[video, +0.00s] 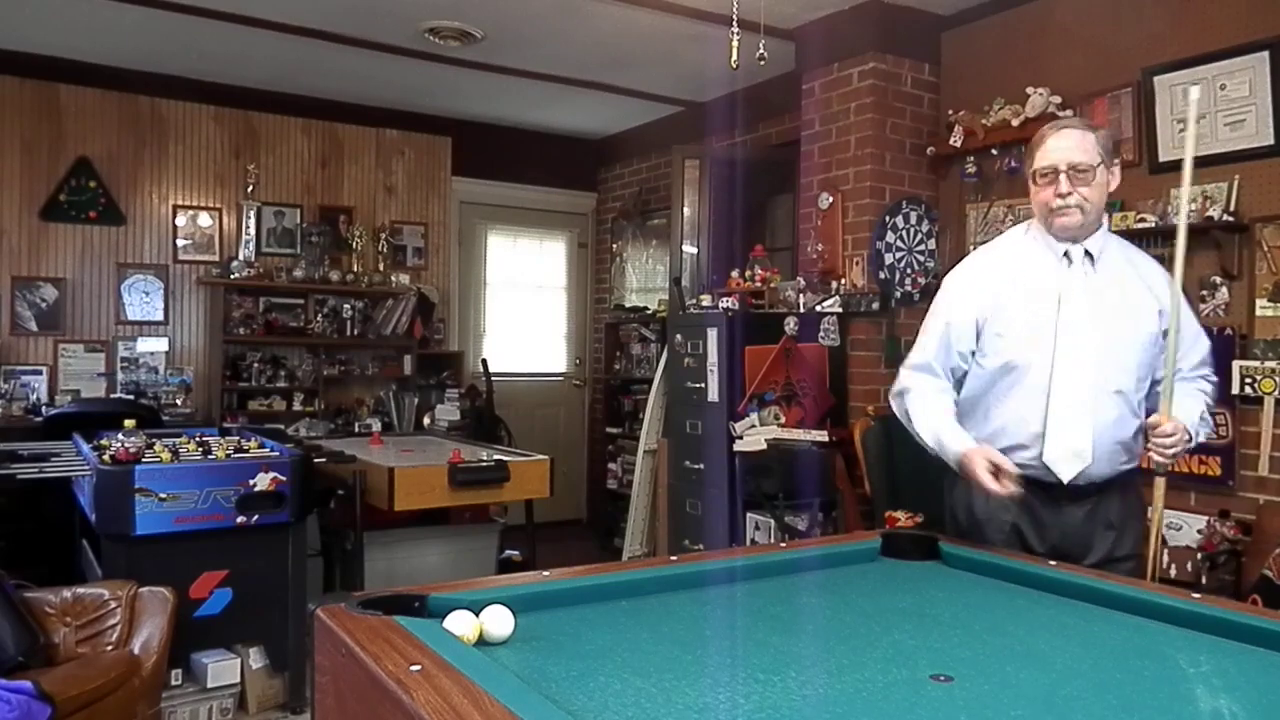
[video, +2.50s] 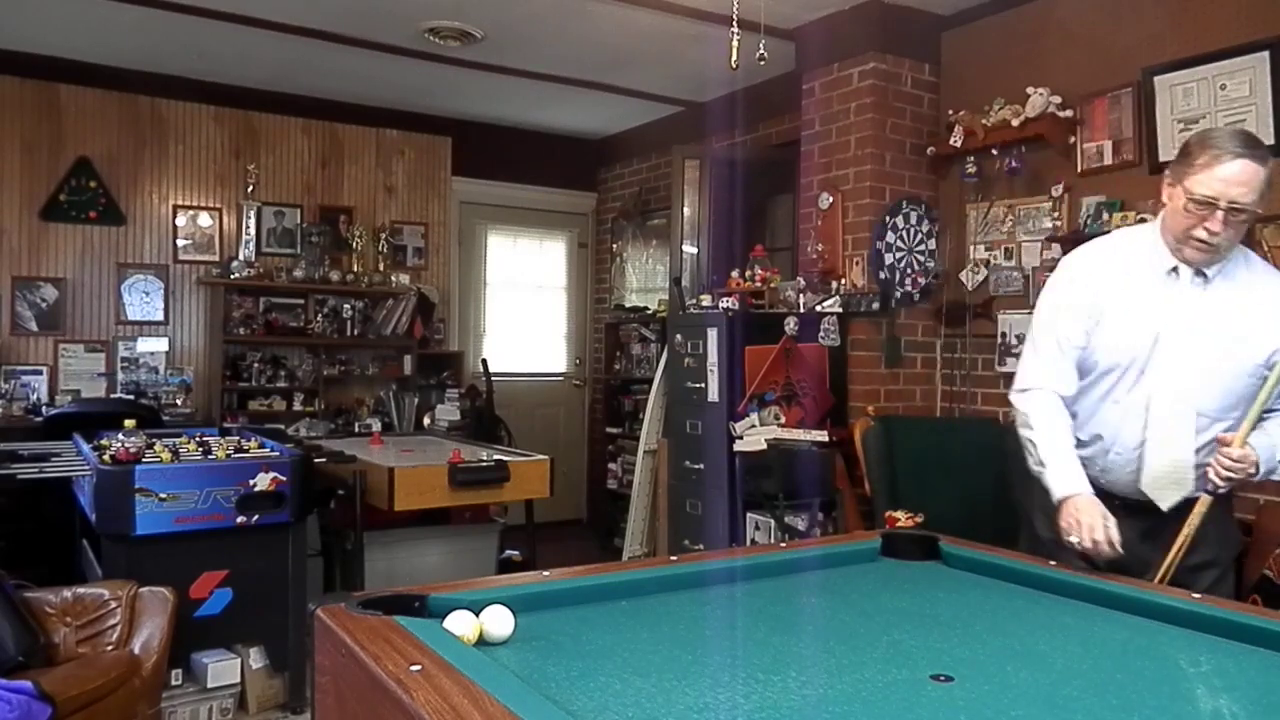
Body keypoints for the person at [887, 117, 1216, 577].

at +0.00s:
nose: (1062, 188)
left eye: (1079, 172)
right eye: (1046, 176)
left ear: (1111, 178)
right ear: (1030, 188)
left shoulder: (1150, 281)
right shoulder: (984, 271)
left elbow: (1192, 373)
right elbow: (919, 380)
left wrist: (1182, 425)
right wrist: (962, 450)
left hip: (1109, 512)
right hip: (998, 507)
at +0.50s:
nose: (1090, 178)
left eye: (1110, 164)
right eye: (1084, 165)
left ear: (1156, 173)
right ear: (1076, 172)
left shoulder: (1190, 281)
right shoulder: (1036, 254)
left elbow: (1212, 417)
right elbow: (952, 314)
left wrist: (1108, 465)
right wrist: (935, 255)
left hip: (1112, 508)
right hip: (1009, 485)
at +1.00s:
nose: (1034, 184)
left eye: (1050, 168)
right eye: (1028, 173)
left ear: (1095, 171)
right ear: (1023, 183)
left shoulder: (1148, 267)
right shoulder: (1004, 265)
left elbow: (1177, 399)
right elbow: (930, 334)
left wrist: (1090, 471)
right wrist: (922, 267)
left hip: (1103, 500)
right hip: (1004, 487)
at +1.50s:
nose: (1005, 192)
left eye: (1018, 175)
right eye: (995, 184)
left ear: (1061, 175)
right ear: (989, 194)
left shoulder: (1119, 265)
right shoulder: (973, 270)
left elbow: (1156, 393)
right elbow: (910, 344)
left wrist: (1085, 473)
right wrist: (903, 278)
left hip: (1094, 494)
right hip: (991, 487)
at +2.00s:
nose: (1065, 195)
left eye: (1081, 183)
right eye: (1050, 181)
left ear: (1103, 190)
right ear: (1028, 188)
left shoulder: (1150, 276)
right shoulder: (985, 273)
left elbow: (1207, 381)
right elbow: (926, 347)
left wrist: (1158, 437)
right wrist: (935, 380)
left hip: (1112, 504)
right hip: (1005, 497)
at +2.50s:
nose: (1216, 225)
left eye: (1237, 213)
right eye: (1203, 203)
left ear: (1255, 216)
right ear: (1169, 191)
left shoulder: (1269, 295)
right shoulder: (1091, 268)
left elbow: (1275, 415)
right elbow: (1037, 389)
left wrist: (1255, 456)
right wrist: (1073, 495)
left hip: (1196, 524)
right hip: (1080, 515)